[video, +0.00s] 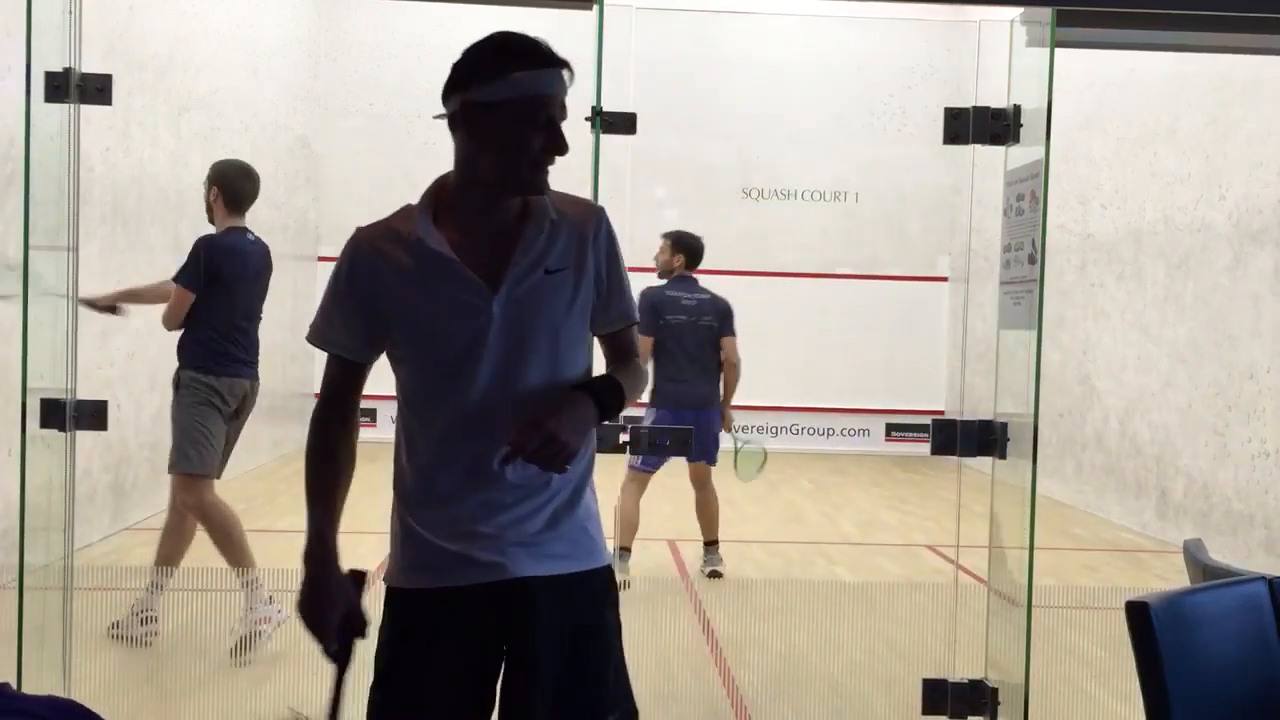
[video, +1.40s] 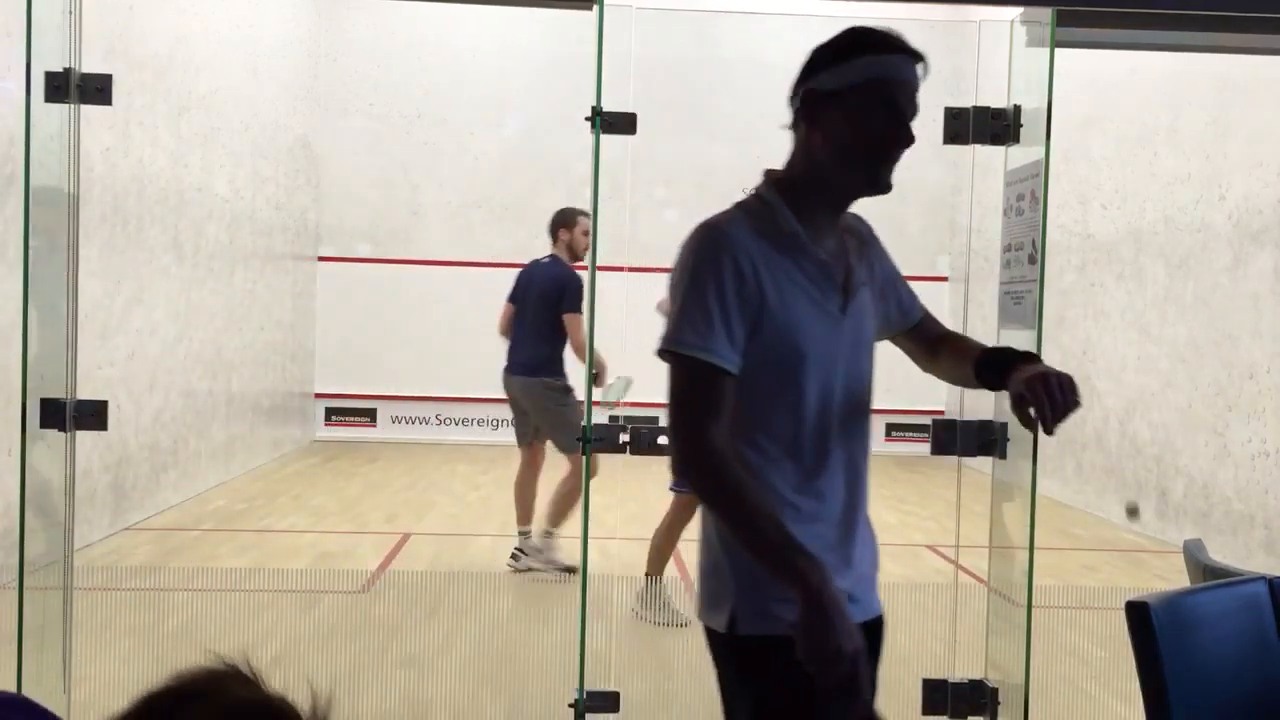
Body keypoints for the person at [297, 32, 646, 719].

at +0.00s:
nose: (560, 140)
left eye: (560, 119)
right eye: (538, 120)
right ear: (466, 121)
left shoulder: (582, 230)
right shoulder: (379, 253)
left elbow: (630, 367)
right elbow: (336, 408)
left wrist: (588, 404)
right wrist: (321, 563)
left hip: (566, 574)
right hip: (437, 578)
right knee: (414, 715)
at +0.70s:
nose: (647, 139)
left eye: (646, 119)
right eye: (626, 117)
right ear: (551, 117)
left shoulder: (647, 235)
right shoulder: (450, 255)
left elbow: (666, 365)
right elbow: (406, 431)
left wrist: (671, 411)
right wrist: (394, 596)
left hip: (626, 582)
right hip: (498, 588)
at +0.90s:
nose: (747, 137)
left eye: (743, 116)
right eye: (729, 115)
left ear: (662, 120)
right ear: (657, 117)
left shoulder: (723, 239)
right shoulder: (544, 249)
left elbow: (730, 371)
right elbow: (493, 424)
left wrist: (759, 416)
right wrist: (502, 588)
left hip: (703, 591)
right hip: (578, 599)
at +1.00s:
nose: (793, 135)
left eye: (788, 113)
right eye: (774, 112)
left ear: (717, 118)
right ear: (703, 114)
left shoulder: (758, 239)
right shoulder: (589, 247)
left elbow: (771, 362)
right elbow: (540, 431)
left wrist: (816, 414)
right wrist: (574, 590)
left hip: (743, 589)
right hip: (627, 602)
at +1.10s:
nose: (827, 137)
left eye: (823, 115)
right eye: (811, 114)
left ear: (749, 118)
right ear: (744, 115)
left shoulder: (786, 238)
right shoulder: (628, 246)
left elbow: (827, 355)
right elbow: (585, 427)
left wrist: (898, 414)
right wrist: (643, 579)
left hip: (771, 582)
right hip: (668, 596)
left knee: (778, 712)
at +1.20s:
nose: (860, 142)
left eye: (856, 120)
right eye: (845, 118)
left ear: (783, 119)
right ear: (779, 116)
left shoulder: (808, 237)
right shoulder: (662, 246)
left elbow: (877, 336)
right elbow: (626, 438)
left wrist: (949, 382)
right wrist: (711, 585)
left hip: (796, 578)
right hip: (703, 594)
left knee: (808, 711)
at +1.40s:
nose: (909, 135)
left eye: (909, 117)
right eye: (890, 113)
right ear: (819, 114)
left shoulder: (857, 245)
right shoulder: (726, 249)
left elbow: (932, 345)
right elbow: (699, 450)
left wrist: (1015, 368)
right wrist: (816, 586)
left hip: (851, 597)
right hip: (763, 610)